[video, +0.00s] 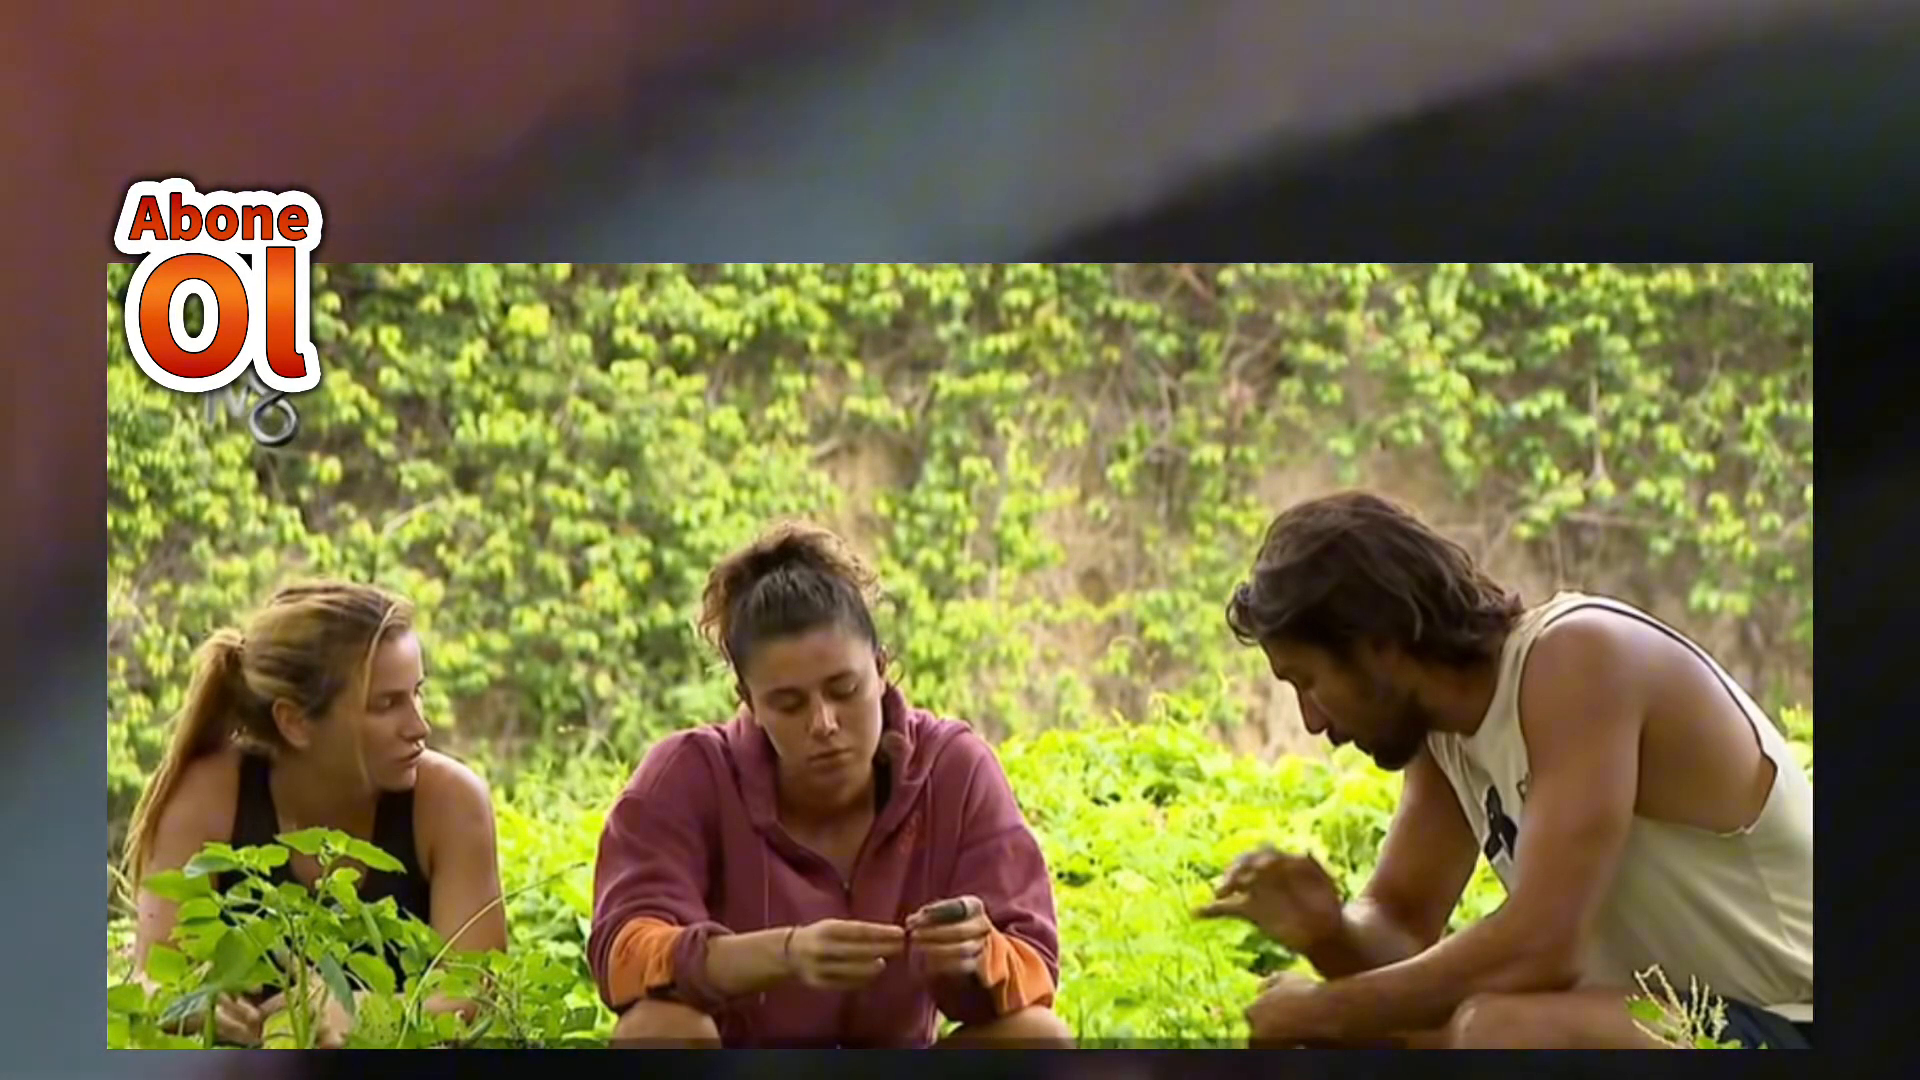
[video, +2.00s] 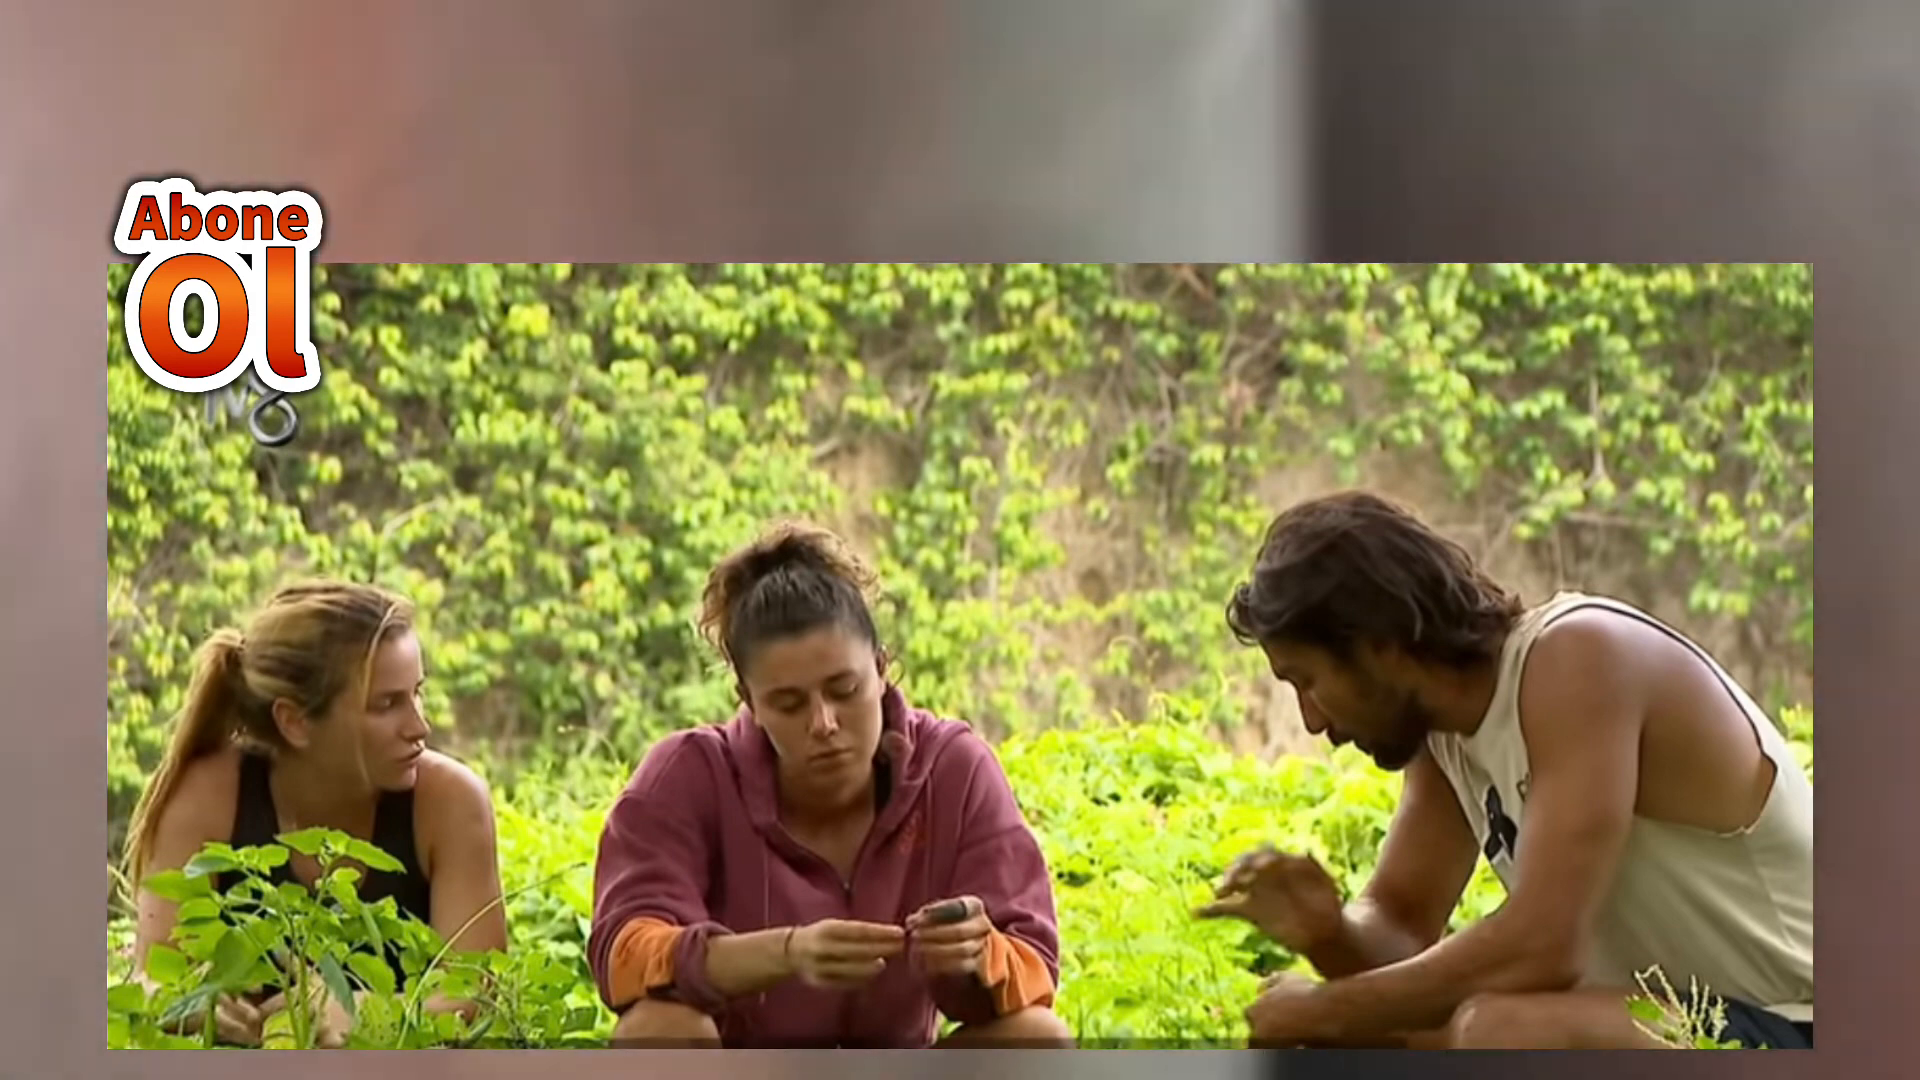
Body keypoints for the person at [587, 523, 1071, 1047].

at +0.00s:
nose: (824, 725)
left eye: (844, 690)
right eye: (789, 703)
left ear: (881, 670)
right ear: (747, 700)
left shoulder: (955, 766)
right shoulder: (687, 773)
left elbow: (1030, 971)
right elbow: (629, 957)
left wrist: (977, 953)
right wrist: (785, 953)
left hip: (897, 1053)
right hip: (739, 1056)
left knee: (1036, 1035)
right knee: (659, 1026)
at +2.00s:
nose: (824, 725)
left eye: (844, 690)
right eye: (789, 703)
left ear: (881, 670)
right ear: (747, 698)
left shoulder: (955, 766)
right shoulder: (687, 773)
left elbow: (1030, 970)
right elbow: (629, 957)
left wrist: (977, 954)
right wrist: (786, 952)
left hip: (898, 1062)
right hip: (739, 1063)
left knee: (1037, 1037)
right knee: (658, 1026)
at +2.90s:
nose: (824, 725)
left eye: (844, 690)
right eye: (789, 703)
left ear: (881, 670)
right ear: (747, 699)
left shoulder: (955, 766)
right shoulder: (687, 773)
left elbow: (1031, 968)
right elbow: (629, 957)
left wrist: (978, 953)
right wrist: (787, 952)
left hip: (898, 1049)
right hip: (740, 1050)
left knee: (1038, 1035)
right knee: (659, 1026)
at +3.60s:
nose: (824, 725)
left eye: (844, 690)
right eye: (789, 703)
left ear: (880, 670)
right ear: (747, 698)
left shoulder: (956, 766)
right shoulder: (687, 774)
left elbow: (1031, 970)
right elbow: (629, 958)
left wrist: (978, 954)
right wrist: (787, 951)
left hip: (898, 1059)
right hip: (739, 1060)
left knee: (1037, 1037)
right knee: (658, 1026)